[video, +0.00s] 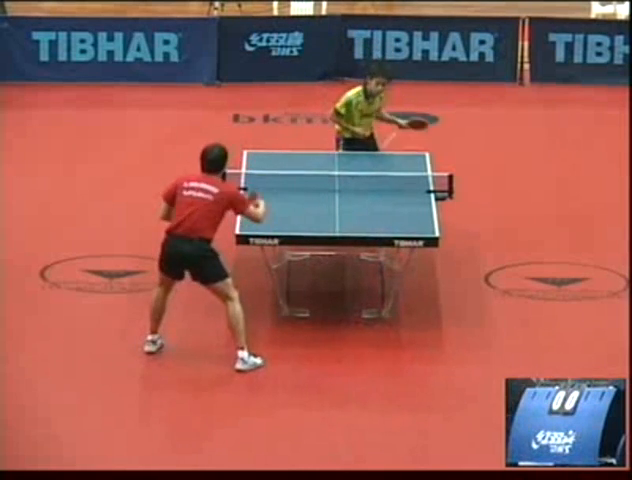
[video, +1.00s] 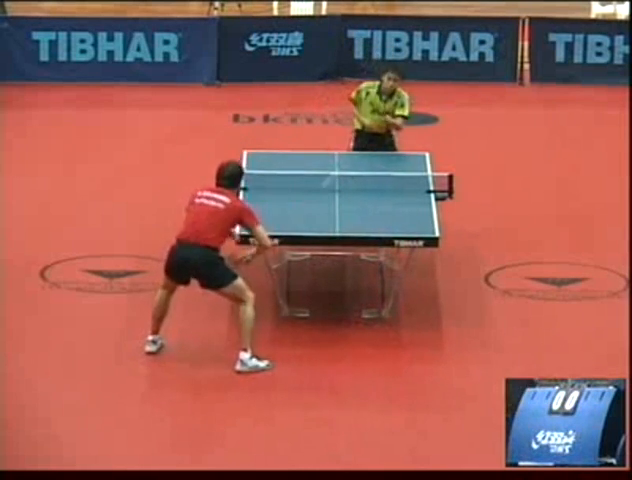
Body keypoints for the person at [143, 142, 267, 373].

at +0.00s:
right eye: (224, 163)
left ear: (201, 163)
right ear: (224, 167)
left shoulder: (183, 182)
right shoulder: (227, 192)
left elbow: (165, 215)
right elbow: (257, 216)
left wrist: (188, 213)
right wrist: (259, 203)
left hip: (173, 244)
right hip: (200, 248)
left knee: (163, 287)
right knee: (231, 298)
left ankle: (152, 337)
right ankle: (243, 354)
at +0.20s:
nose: (226, 178)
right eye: (228, 175)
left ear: (205, 173)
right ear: (227, 177)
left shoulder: (187, 188)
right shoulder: (228, 200)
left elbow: (175, 210)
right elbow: (253, 236)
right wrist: (241, 237)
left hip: (168, 244)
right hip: (194, 250)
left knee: (162, 287)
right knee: (231, 298)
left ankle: (151, 337)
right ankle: (242, 355)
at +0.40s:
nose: (236, 187)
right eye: (237, 183)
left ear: (214, 179)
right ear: (236, 185)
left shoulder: (196, 192)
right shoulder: (238, 206)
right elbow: (268, 230)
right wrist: (257, 236)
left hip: (176, 249)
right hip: (203, 255)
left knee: (163, 288)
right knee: (243, 297)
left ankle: (151, 338)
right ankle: (246, 355)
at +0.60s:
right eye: (243, 165)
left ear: (220, 164)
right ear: (242, 168)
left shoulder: (201, 179)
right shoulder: (244, 192)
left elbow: (185, 199)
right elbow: (277, 211)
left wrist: (209, 198)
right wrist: (293, 206)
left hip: (184, 240)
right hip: (210, 246)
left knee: (167, 289)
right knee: (243, 296)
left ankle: (153, 338)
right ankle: (246, 355)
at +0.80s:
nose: (240, 167)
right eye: (240, 164)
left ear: (216, 164)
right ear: (238, 168)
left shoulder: (196, 181)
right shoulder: (238, 194)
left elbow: (181, 210)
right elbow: (269, 221)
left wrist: (203, 207)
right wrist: (275, 214)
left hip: (180, 241)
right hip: (206, 247)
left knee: (167, 287)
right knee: (238, 296)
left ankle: (152, 337)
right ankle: (245, 355)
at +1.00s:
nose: (240, 184)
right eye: (240, 181)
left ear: (217, 179)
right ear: (239, 183)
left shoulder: (198, 195)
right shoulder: (238, 206)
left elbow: (193, 219)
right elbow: (265, 243)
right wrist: (250, 256)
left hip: (180, 249)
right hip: (206, 255)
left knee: (166, 289)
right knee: (246, 298)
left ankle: (152, 337)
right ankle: (246, 355)